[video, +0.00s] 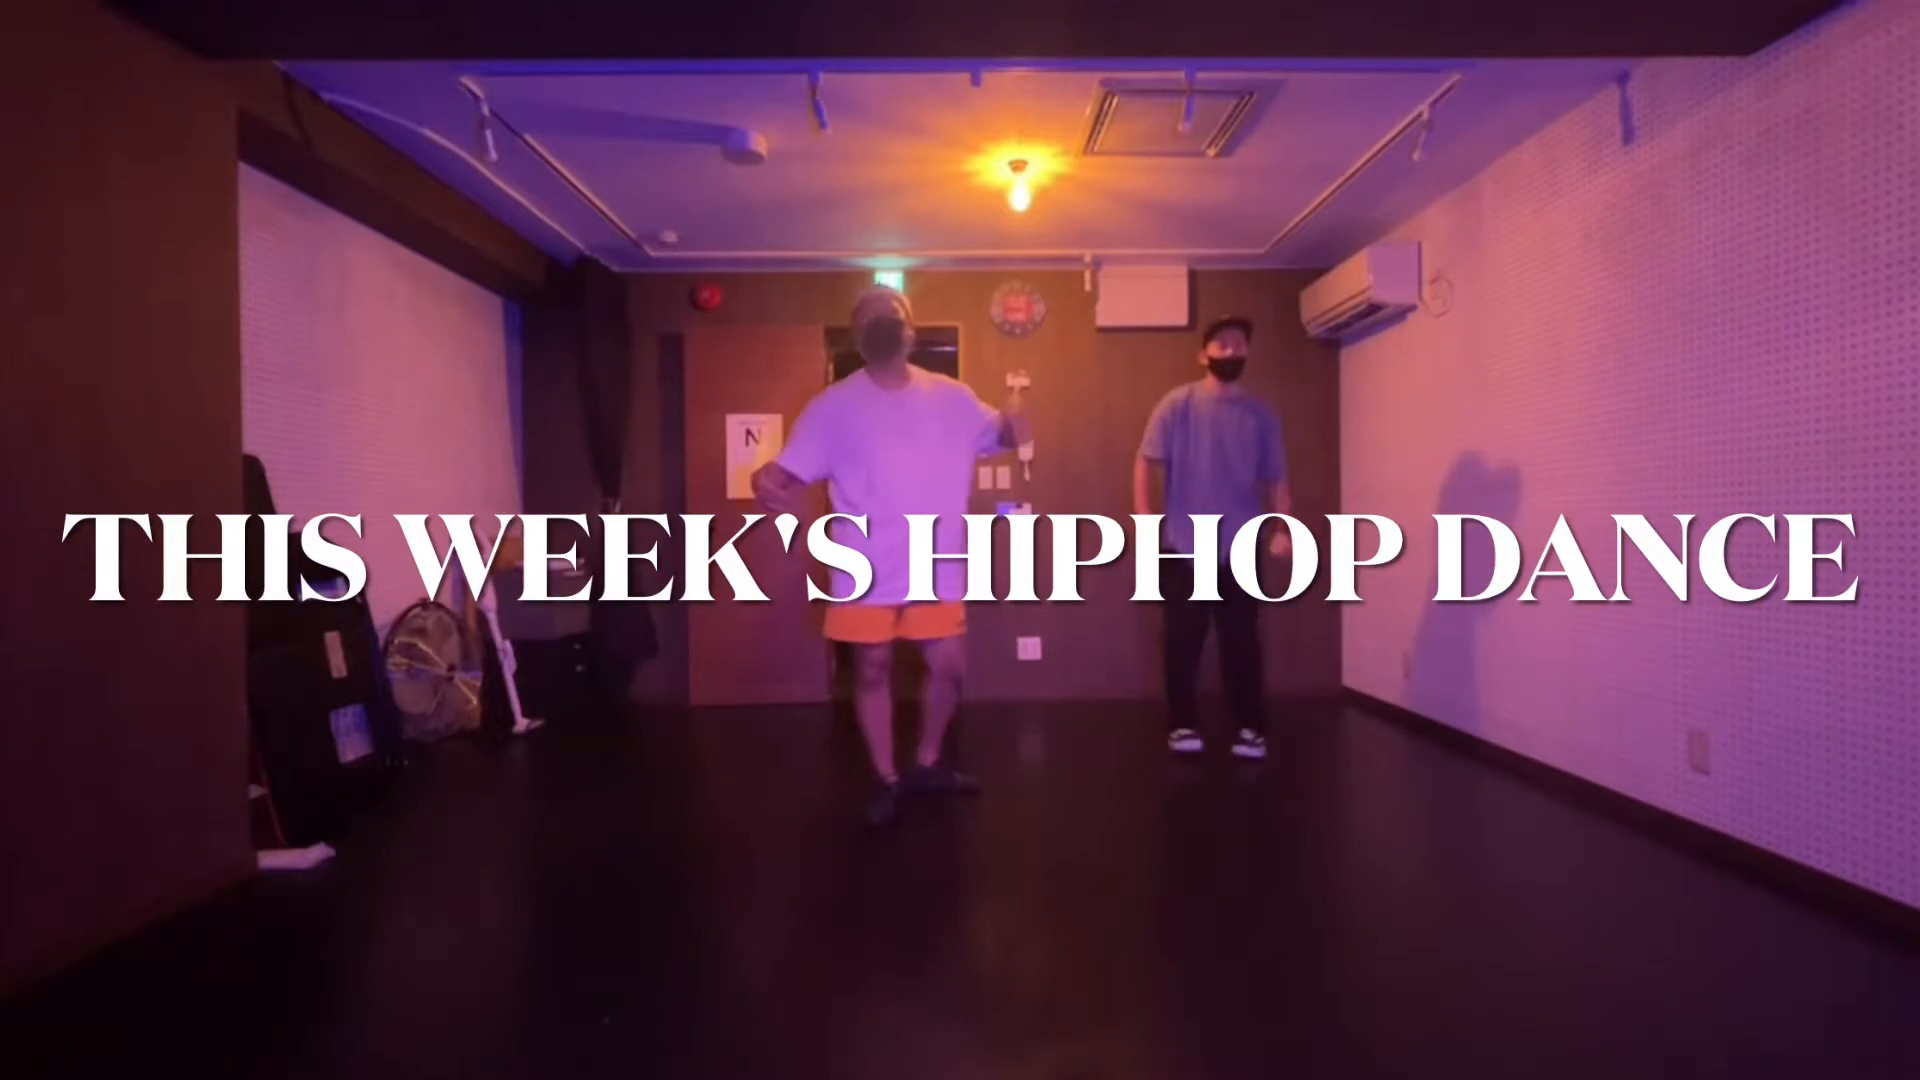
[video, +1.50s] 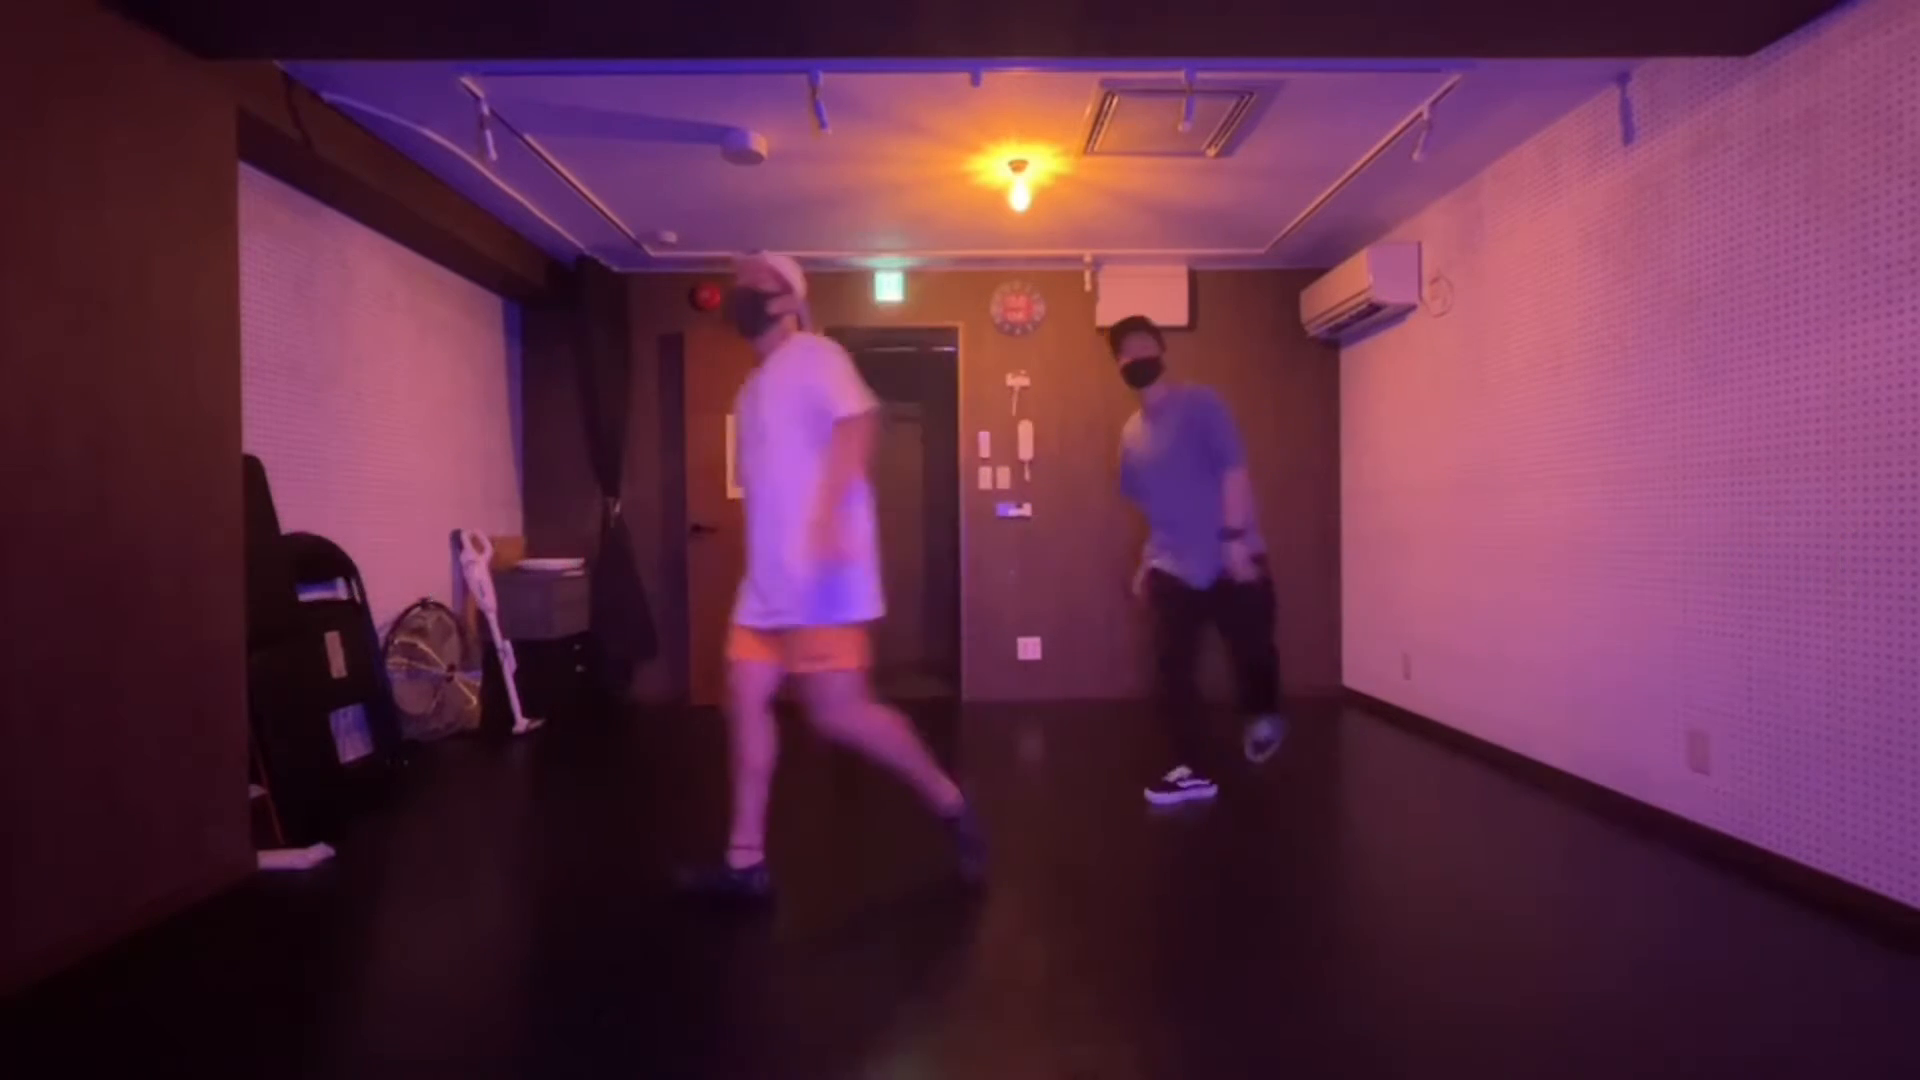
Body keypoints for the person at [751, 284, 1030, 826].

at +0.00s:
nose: (884, 328)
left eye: (893, 320)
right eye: (872, 322)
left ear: (912, 332)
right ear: (856, 338)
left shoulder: (950, 397)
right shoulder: (834, 407)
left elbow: (1013, 438)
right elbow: (779, 479)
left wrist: (1015, 405)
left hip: (939, 566)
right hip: (865, 569)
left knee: (947, 666)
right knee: (873, 669)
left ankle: (929, 764)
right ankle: (886, 781)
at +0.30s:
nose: (879, 324)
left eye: (889, 316)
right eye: (867, 316)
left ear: (906, 327)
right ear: (850, 330)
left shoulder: (937, 392)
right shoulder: (823, 399)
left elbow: (958, 474)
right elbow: (801, 483)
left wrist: (977, 480)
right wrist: (819, 476)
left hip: (932, 564)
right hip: (858, 569)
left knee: (953, 672)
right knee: (870, 675)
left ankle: (945, 776)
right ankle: (886, 783)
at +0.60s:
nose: (900, 323)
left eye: (910, 314)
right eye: (889, 313)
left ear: (925, 322)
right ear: (868, 320)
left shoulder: (951, 394)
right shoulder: (835, 388)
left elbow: (977, 484)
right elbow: (813, 473)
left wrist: (954, 516)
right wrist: (888, 514)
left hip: (937, 565)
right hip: (863, 565)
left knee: (952, 676)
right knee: (874, 678)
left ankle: (975, 808)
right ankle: (888, 787)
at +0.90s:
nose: (926, 304)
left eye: (938, 296)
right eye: (916, 294)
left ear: (956, 315)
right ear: (896, 309)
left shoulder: (981, 393)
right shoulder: (849, 377)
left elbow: (1019, 490)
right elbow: (808, 454)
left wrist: (1039, 568)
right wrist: (788, 538)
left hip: (948, 576)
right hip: (863, 573)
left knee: (962, 695)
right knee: (865, 697)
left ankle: (974, 827)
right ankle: (895, 765)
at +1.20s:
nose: (857, 297)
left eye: (869, 286)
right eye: (847, 288)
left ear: (894, 296)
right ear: (836, 303)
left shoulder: (944, 371)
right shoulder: (825, 383)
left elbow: (1019, 423)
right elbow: (789, 470)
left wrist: (1051, 467)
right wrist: (732, 516)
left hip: (927, 574)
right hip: (841, 573)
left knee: (953, 700)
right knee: (812, 691)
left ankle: (972, 830)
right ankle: (807, 844)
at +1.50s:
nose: (740, 308)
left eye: (752, 295)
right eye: (738, 297)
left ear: (785, 300)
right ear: (748, 307)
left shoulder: (814, 355)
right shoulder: (755, 388)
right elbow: (761, 490)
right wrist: (766, 565)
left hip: (829, 573)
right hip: (772, 576)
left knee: (839, 709)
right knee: (747, 695)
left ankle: (953, 805)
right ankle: (746, 858)